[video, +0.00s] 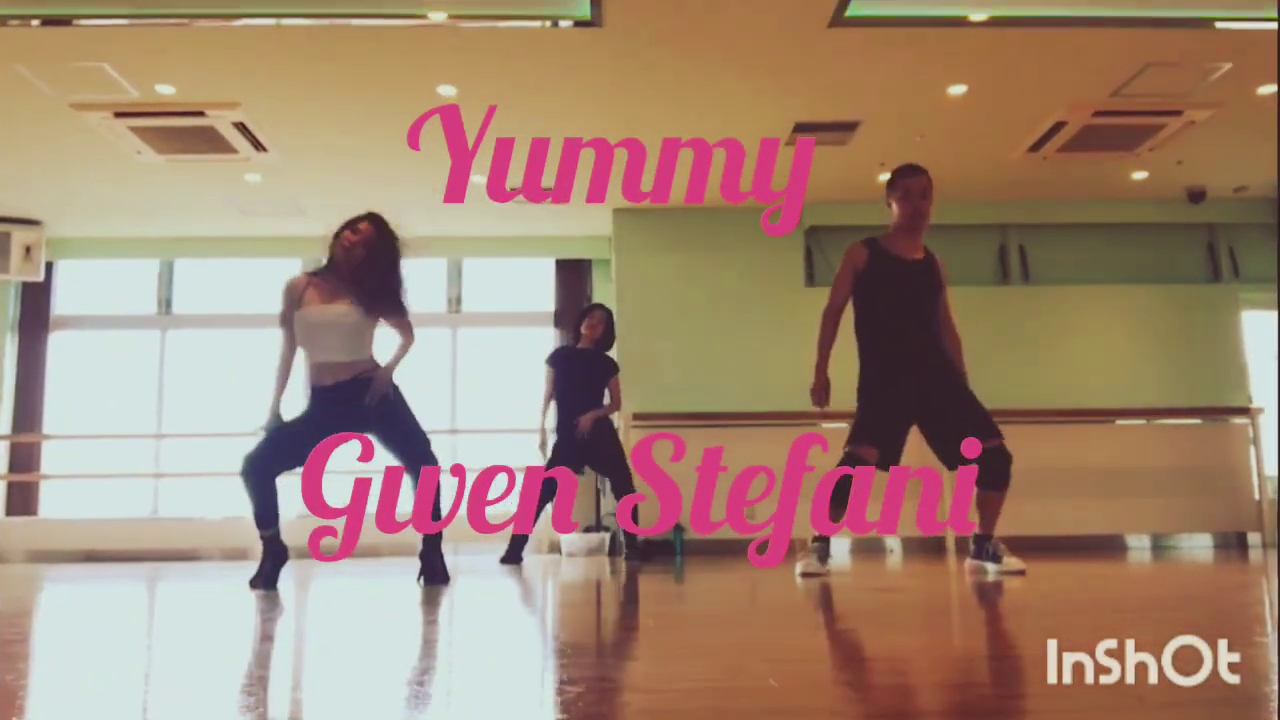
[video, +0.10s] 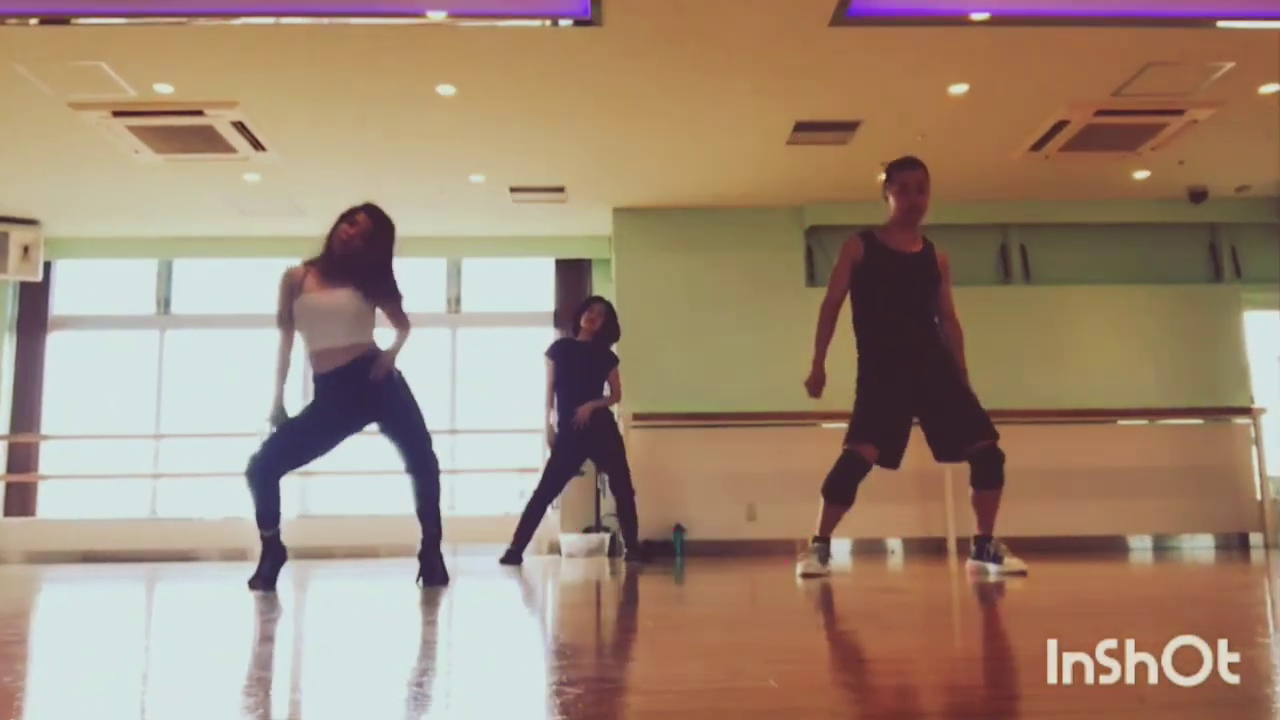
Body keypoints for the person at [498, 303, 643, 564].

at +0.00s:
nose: (592, 324)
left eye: (599, 323)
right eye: (589, 319)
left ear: (605, 331)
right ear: (581, 322)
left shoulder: (606, 363)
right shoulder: (560, 356)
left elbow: (616, 404)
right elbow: (548, 396)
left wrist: (593, 415)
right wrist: (542, 430)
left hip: (601, 436)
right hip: (568, 437)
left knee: (623, 485)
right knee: (543, 491)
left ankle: (632, 545)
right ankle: (515, 549)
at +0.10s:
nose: (592, 318)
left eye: (598, 316)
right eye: (589, 312)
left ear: (604, 324)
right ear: (580, 314)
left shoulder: (605, 355)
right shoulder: (560, 348)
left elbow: (616, 395)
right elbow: (551, 388)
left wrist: (593, 405)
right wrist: (549, 424)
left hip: (601, 426)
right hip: (570, 427)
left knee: (622, 487)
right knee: (545, 491)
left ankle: (632, 547)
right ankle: (515, 550)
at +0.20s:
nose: (590, 313)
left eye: (597, 312)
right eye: (587, 307)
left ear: (602, 320)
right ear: (578, 310)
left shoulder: (603, 349)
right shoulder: (558, 344)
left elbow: (612, 390)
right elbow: (549, 386)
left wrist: (588, 402)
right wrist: (547, 422)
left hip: (597, 423)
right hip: (565, 424)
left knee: (618, 484)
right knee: (542, 489)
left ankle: (632, 546)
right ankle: (515, 550)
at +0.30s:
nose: (585, 312)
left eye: (592, 310)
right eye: (583, 306)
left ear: (599, 318)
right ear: (574, 309)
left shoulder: (602, 349)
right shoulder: (555, 344)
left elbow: (605, 390)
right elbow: (543, 384)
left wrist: (582, 405)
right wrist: (540, 419)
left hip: (590, 424)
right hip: (558, 422)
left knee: (612, 487)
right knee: (535, 488)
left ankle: (631, 546)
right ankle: (514, 550)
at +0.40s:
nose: (581, 314)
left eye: (588, 312)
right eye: (579, 309)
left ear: (597, 321)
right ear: (569, 312)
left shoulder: (598, 351)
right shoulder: (552, 344)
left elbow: (598, 389)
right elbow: (528, 373)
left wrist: (579, 408)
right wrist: (538, 412)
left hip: (580, 430)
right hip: (548, 429)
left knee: (608, 488)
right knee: (527, 489)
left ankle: (631, 546)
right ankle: (513, 550)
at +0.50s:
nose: (578, 321)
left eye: (585, 319)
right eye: (576, 315)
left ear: (593, 327)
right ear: (566, 319)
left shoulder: (595, 356)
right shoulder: (551, 351)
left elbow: (597, 396)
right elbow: (537, 392)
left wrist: (578, 416)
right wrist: (529, 427)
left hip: (572, 436)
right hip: (541, 434)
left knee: (602, 491)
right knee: (522, 491)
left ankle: (627, 544)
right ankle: (512, 550)